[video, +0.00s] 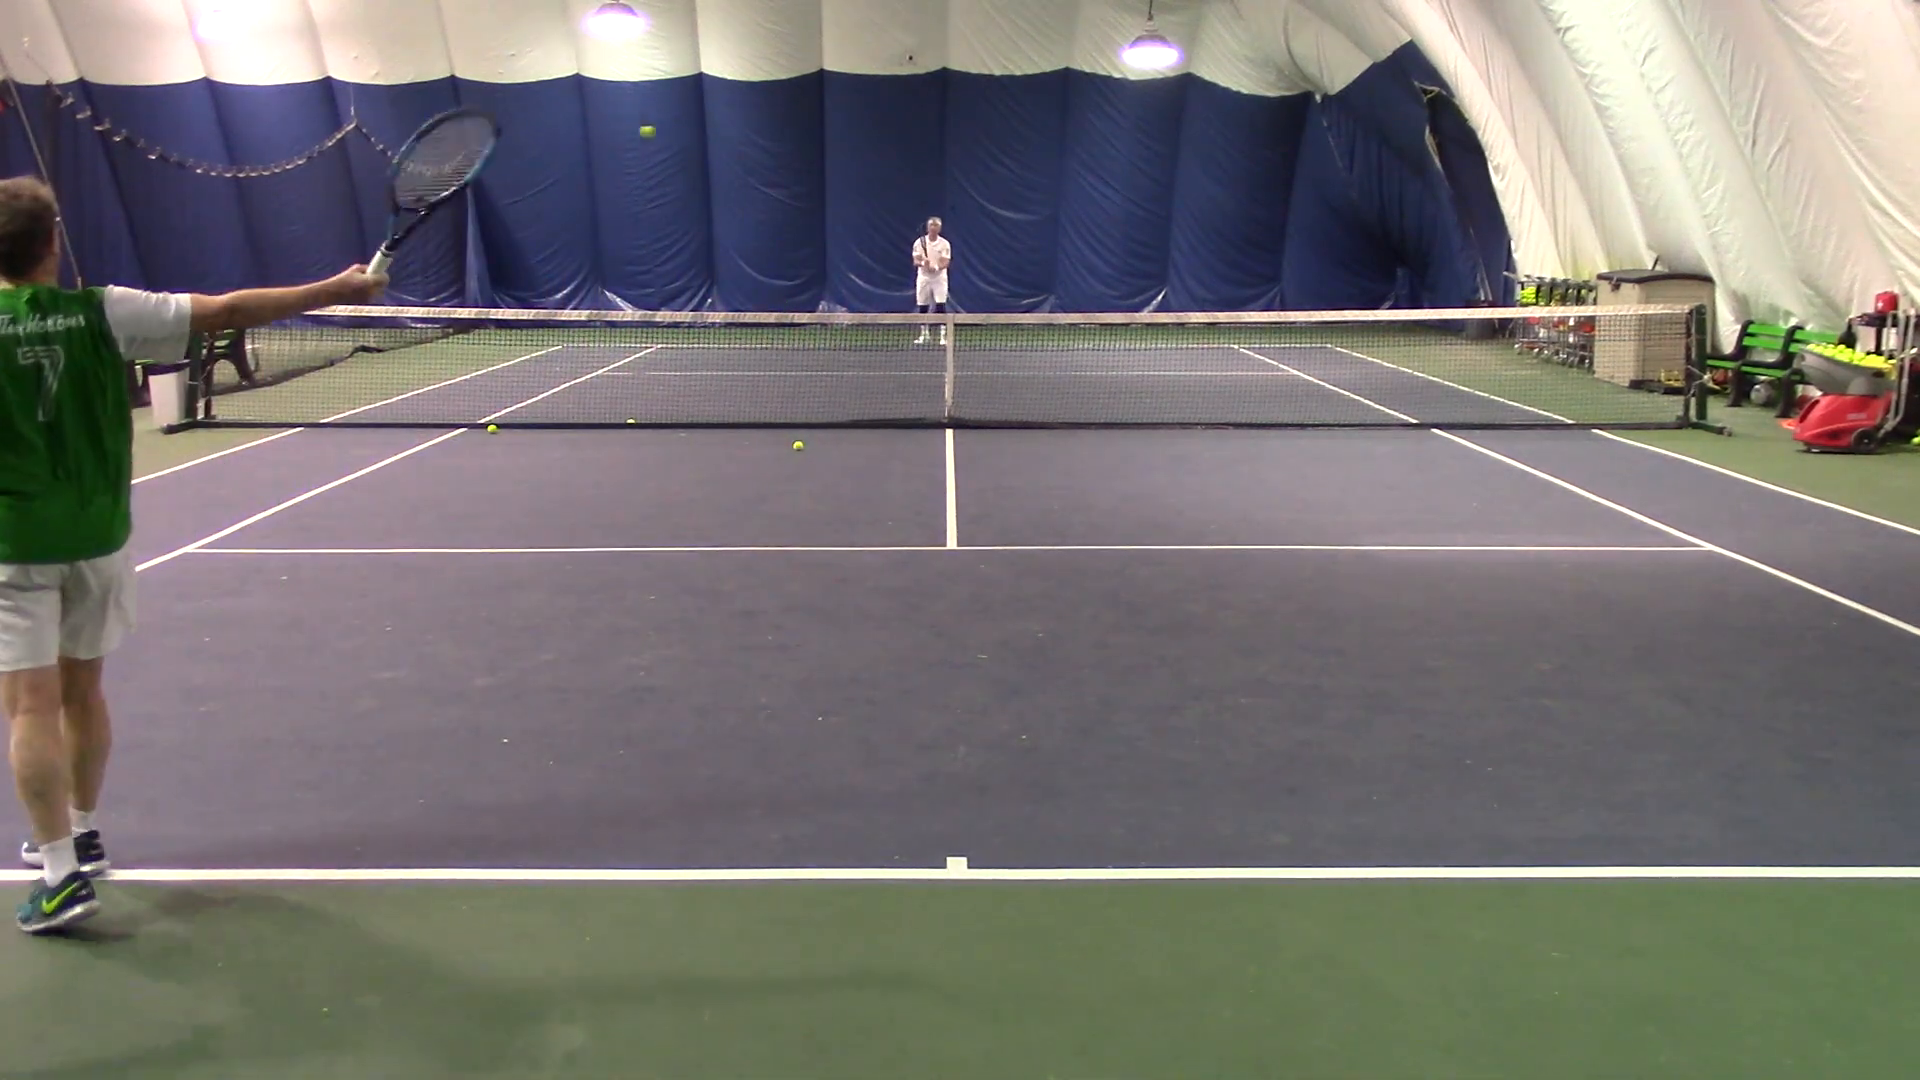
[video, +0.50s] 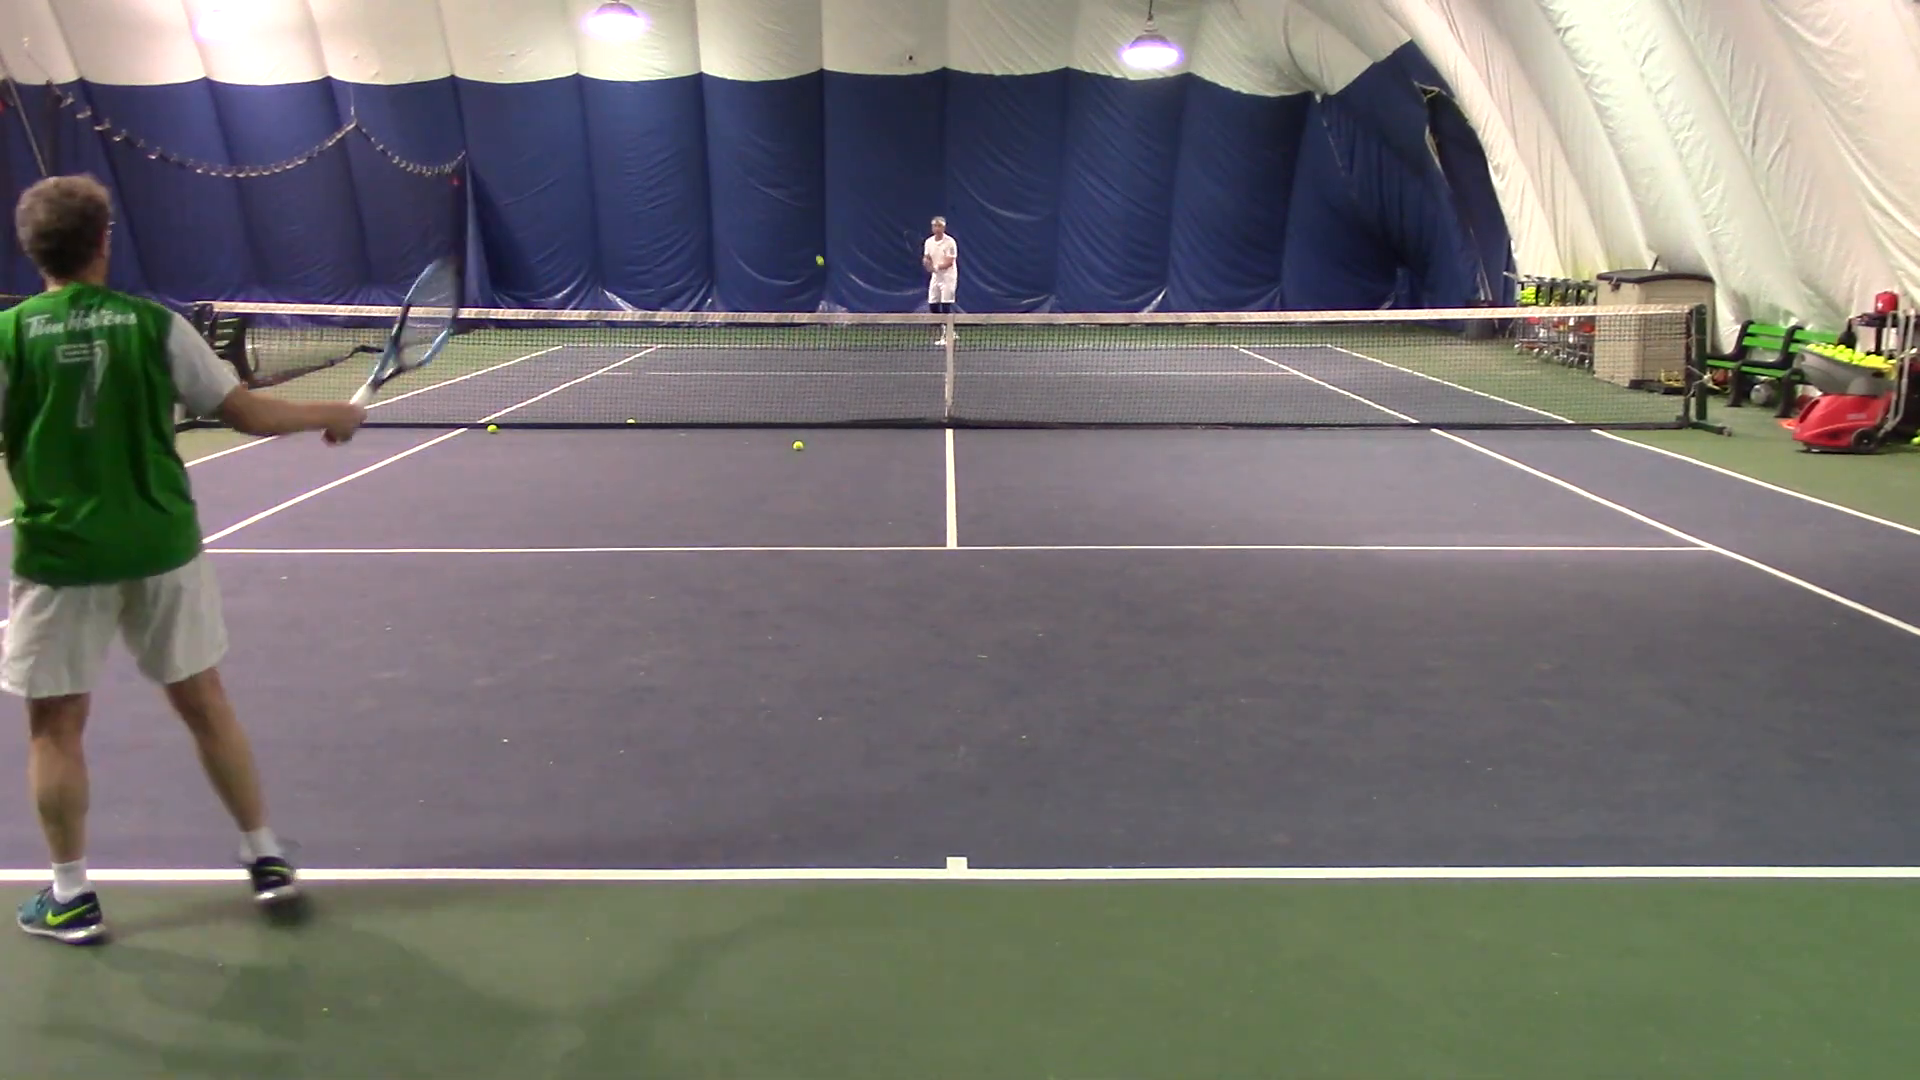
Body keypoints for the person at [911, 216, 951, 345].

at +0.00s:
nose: (933, 229)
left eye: (936, 226)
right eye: (931, 226)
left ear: (940, 228)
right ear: (928, 227)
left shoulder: (945, 244)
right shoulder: (919, 242)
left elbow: (946, 260)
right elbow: (916, 260)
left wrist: (938, 266)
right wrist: (924, 263)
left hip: (939, 277)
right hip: (924, 277)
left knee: (940, 305)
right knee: (923, 305)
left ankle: (943, 333)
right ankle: (924, 332)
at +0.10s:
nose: (932, 231)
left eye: (935, 229)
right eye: (930, 229)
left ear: (938, 230)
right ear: (927, 229)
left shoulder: (945, 244)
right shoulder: (919, 244)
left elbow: (947, 261)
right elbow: (916, 261)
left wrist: (938, 268)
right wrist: (923, 265)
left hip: (940, 278)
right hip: (925, 278)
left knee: (939, 304)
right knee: (923, 306)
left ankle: (943, 334)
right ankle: (924, 333)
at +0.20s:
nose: (932, 229)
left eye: (935, 226)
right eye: (930, 226)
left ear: (939, 228)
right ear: (927, 227)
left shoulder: (946, 243)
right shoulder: (921, 243)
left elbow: (949, 261)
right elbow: (918, 259)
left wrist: (938, 268)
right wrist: (924, 266)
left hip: (941, 278)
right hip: (927, 277)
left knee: (940, 305)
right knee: (925, 305)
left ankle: (943, 334)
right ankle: (925, 333)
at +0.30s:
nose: (933, 228)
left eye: (936, 226)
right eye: (931, 226)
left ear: (940, 227)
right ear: (928, 227)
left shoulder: (948, 243)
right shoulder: (924, 243)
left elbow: (951, 260)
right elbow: (921, 259)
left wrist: (940, 267)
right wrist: (927, 266)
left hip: (944, 278)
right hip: (930, 277)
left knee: (943, 305)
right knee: (927, 304)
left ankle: (944, 334)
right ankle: (928, 332)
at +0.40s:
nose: (935, 229)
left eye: (938, 226)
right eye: (933, 226)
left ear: (942, 227)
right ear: (930, 228)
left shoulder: (949, 242)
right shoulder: (926, 243)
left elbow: (951, 260)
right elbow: (924, 259)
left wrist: (940, 267)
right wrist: (928, 266)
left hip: (946, 276)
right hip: (933, 275)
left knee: (945, 304)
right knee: (929, 304)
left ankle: (944, 334)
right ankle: (935, 332)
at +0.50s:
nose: (937, 229)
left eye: (940, 226)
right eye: (935, 226)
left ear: (944, 227)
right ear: (932, 227)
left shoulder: (950, 242)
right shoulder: (928, 242)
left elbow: (951, 260)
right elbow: (926, 257)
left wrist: (939, 266)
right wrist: (928, 264)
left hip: (947, 276)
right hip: (935, 275)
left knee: (945, 305)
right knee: (933, 304)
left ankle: (948, 333)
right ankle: (943, 330)